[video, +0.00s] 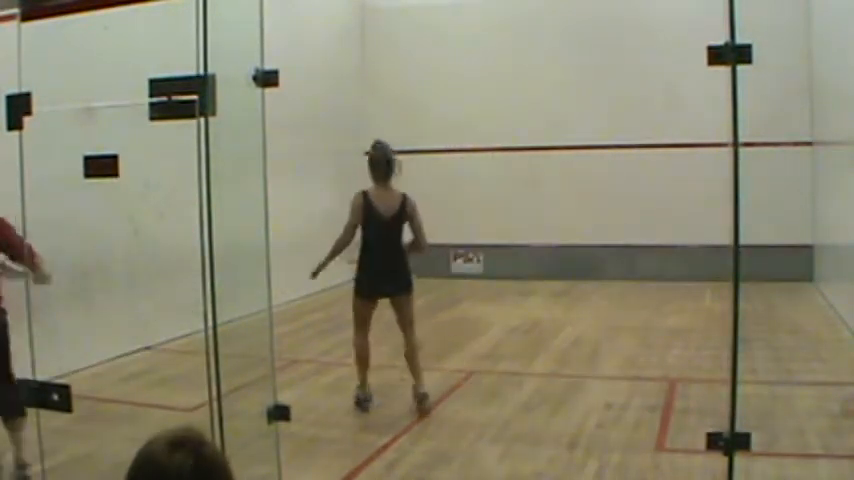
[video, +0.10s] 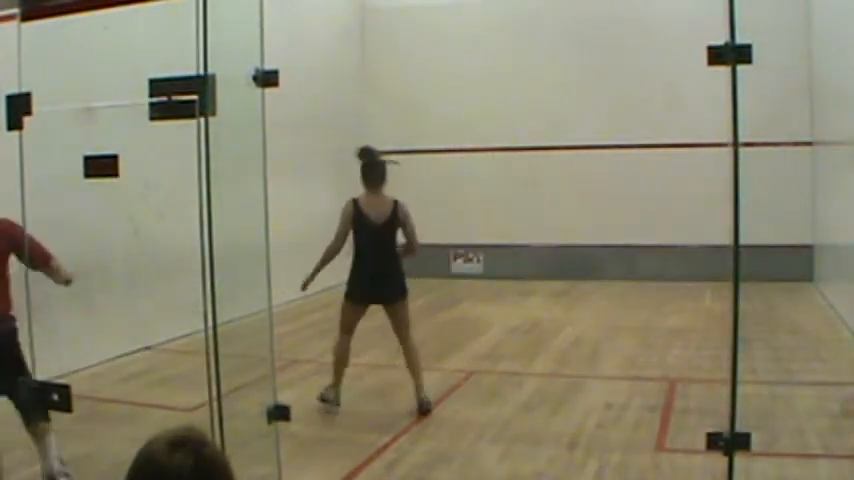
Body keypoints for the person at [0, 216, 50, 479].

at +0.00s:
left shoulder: (4, 227)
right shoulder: (3, 226)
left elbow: (16, 248)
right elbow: (18, 248)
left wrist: (33, 269)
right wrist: (38, 269)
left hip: (2, 317)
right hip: (0, 317)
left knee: (8, 387)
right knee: (7, 385)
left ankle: (20, 460)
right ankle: (19, 460)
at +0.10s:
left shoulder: (7, 230)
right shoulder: (6, 229)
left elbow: (39, 256)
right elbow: (40, 257)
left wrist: (59, 275)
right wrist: (61, 276)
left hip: (5, 327)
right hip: (4, 327)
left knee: (24, 392)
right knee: (24, 391)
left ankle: (51, 463)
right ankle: (51, 464)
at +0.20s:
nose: (8, 213)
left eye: (6, 207)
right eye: (7, 207)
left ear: (5, 210)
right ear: (5, 210)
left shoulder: (18, 248)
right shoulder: (18, 248)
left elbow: (59, 277)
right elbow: (60, 278)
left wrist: (82, 288)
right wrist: (87, 289)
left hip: (13, 345)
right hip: (13, 345)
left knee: (52, 402)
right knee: (50, 402)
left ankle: (87, 471)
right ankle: (88, 471)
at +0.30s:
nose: (44, 212)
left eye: (42, 207)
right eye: (43, 208)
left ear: (13, 213)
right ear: (41, 212)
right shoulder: (53, 247)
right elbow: (93, 280)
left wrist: (116, 294)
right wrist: (122, 297)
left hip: (5, 346)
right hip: (42, 347)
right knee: (81, 413)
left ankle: (99, 473)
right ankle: (99, 474)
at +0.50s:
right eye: (115, 190)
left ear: (90, 195)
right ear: (119, 193)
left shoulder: (74, 224)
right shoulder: (138, 221)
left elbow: (59, 281)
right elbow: (179, 250)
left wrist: (90, 290)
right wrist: (204, 285)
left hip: (83, 326)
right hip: (125, 326)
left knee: (66, 397)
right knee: (117, 403)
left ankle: (57, 471)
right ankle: (111, 471)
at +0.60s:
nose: (129, 173)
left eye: (126, 168)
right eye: (147, 167)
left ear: (126, 170)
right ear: (155, 169)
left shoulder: (109, 207)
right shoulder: (174, 202)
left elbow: (95, 261)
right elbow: (211, 238)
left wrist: (122, 287)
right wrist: (234, 275)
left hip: (126, 307)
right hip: (168, 305)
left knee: (124, 377)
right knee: (154, 388)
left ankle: (148, 446)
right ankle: (137, 461)